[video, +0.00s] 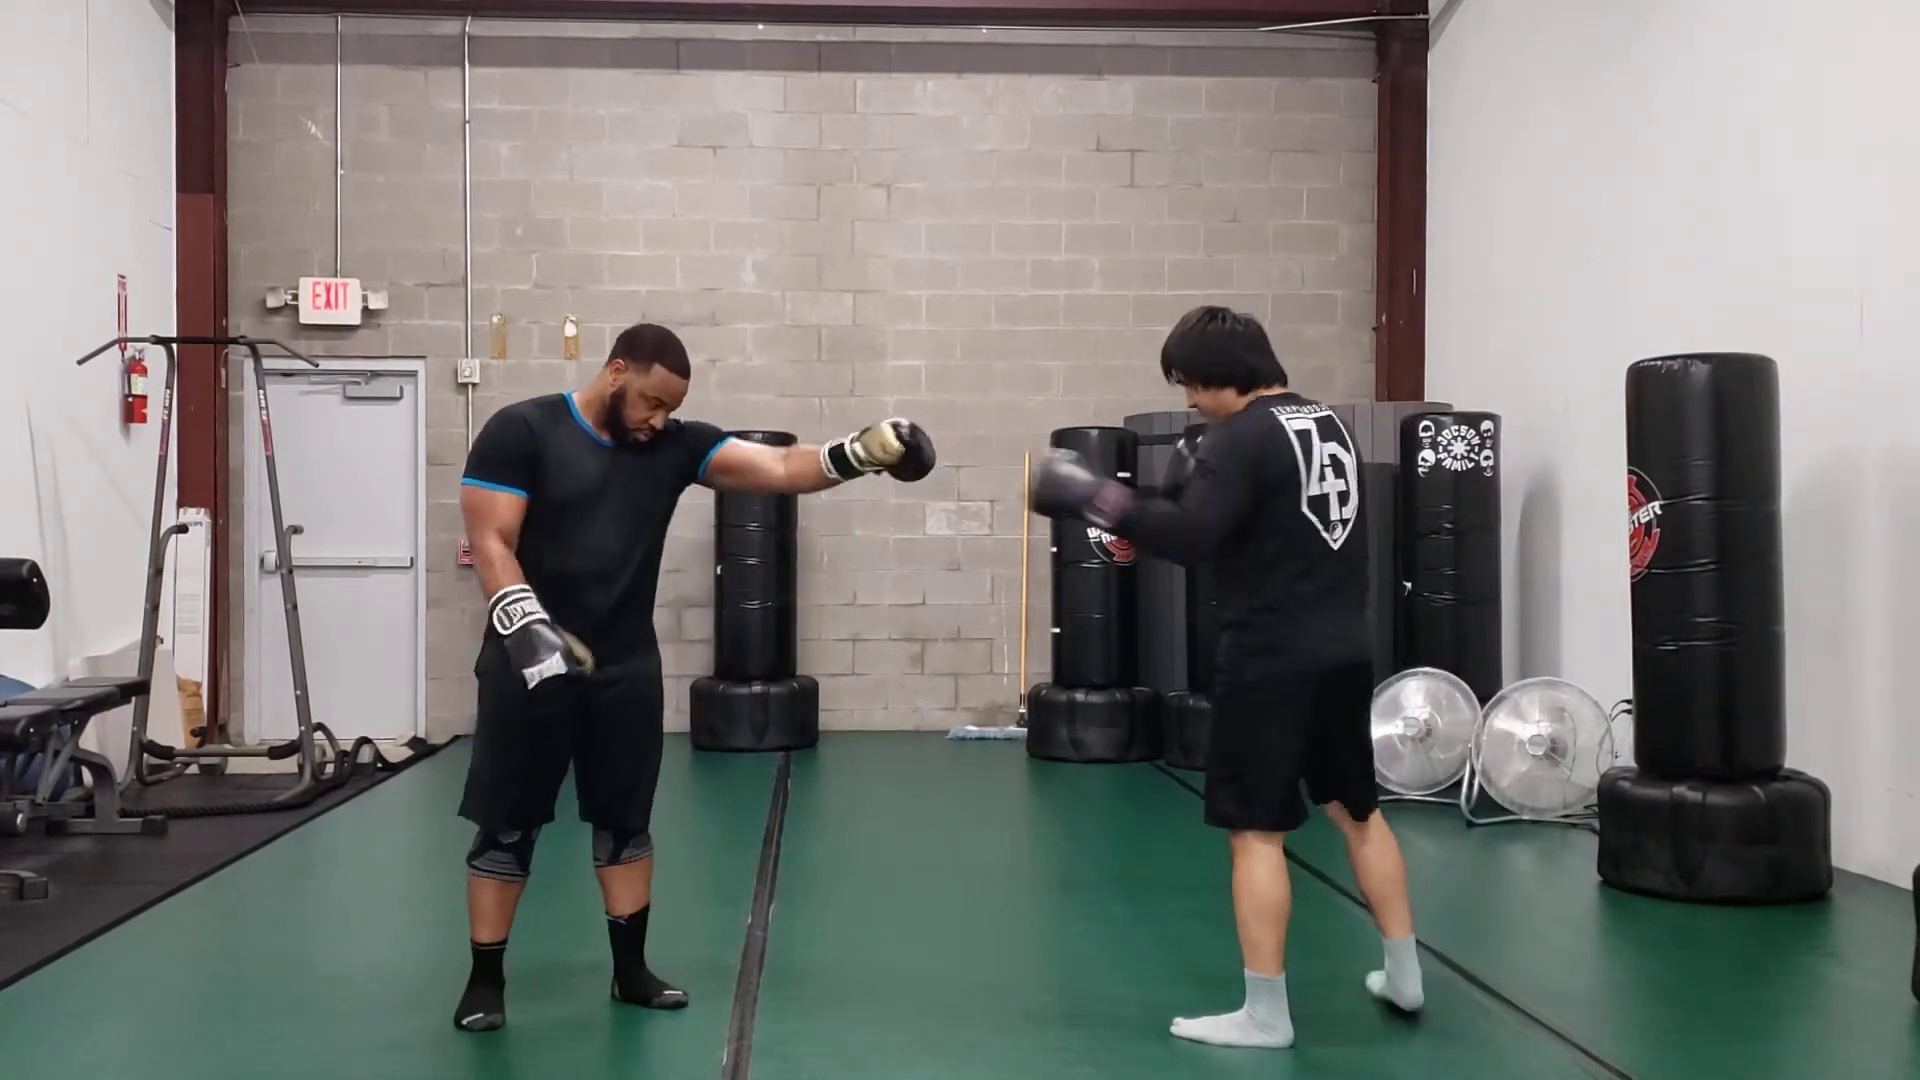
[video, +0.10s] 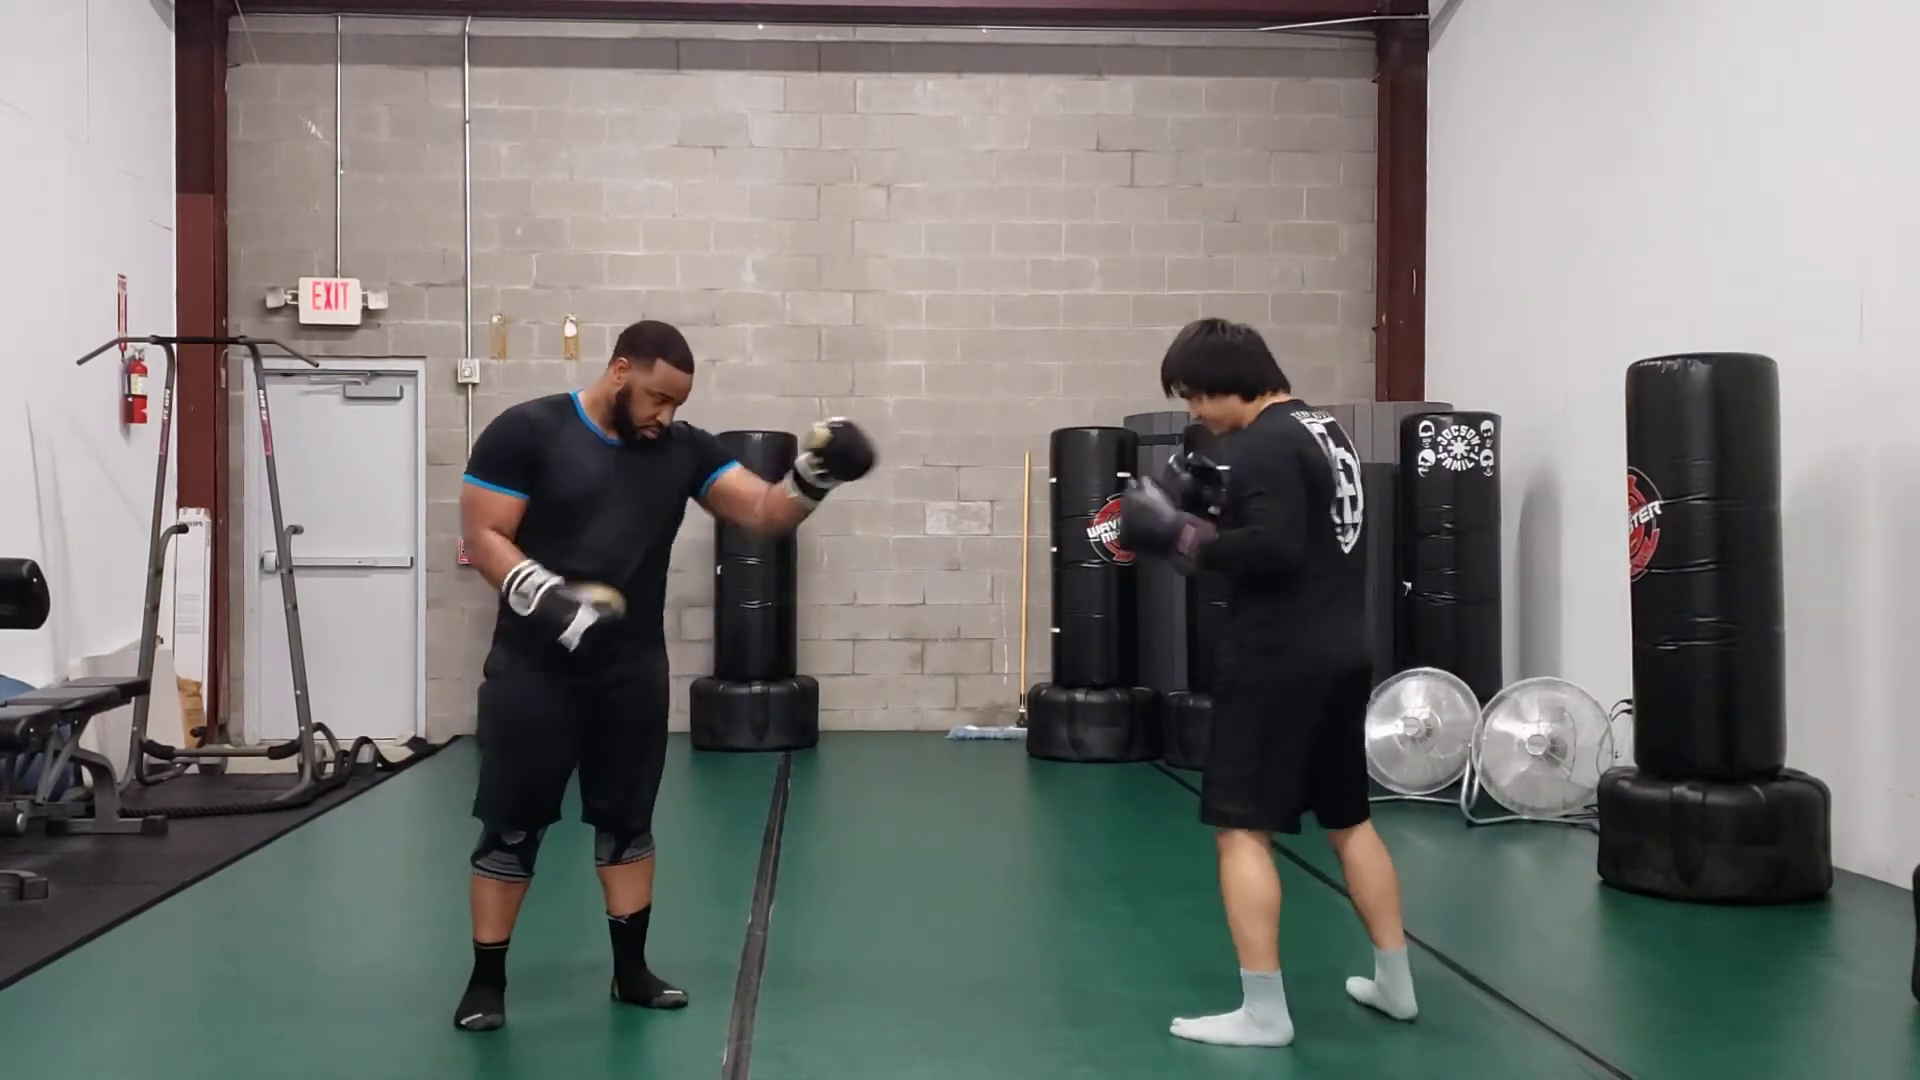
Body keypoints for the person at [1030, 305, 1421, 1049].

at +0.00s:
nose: (1190, 403)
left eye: (1192, 388)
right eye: (1186, 389)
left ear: (1226, 378)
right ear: (1261, 370)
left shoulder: (1243, 439)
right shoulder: (1329, 426)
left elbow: (1192, 532)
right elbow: (1276, 525)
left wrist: (1093, 497)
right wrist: (1163, 514)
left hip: (1268, 664)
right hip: (1342, 655)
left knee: (1256, 828)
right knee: (1359, 808)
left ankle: (1265, 1013)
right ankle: (1405, 973)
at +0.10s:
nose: (1192, 414)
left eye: (1194, 398)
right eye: (1187, 400)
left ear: (1232, 388)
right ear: (1253, 381)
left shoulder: (1267, 445)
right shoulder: (1318, 426)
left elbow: (1277, 547)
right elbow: (1301, 535)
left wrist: (1179, 534)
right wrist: (1214, 503)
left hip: (1274, 669)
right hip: (1340, 662)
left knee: (1241, 827)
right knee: (1349, 817)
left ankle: (1263, 1012)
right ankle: (1397, 983)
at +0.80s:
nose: (1096, 454)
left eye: (1100, 439)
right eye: (1092, 441)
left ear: (1134, 427)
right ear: (1157, 420)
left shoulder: (1173, 471)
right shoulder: (1211, 452)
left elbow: (1172, 566)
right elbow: (1200, 550)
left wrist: (1091, 553)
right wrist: (1121, 518)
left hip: (1219, 670)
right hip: (1270, 665)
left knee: (1135, 814)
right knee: (1240, 801)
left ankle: (1168, 994)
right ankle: (1297, 955)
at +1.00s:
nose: (1079, 456)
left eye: (1084, 441)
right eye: (1076, 442)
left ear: (1118, 435)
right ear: (1141, 429)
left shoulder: (1150, 478)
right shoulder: (1191, 465)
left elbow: (1133, 564)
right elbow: (1174, 557)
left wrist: (1063, 552)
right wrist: (1094, 529)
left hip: (1181, 676)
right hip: (1229, 676)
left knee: (1051, 792)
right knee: (1218, 816)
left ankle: (1086, 960)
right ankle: (1296, 961)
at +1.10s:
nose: (1044, 450)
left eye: (1047, 435)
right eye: (1040, 437)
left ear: (1081, 427)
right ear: (1108, 420)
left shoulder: (1103, 469)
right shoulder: (1167, 461)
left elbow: (1031, 533)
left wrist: (959, 493)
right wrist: (997, 500)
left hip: (1144, 670)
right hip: (1201, 668)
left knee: (1033, 803)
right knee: (1207, 812)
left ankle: (1009, 980)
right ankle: (1291, 955)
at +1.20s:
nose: (1002, 458)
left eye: (1005, 445)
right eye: (1001, 446)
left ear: (1036, 441)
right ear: (1071, 432)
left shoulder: (1042, 487)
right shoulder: (1133, 467)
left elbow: (942, 493)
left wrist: (863, 460)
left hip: (1102, 681)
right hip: (1177, 676)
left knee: (1006, 822)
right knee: (1166, 793)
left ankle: (1009, 999)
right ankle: (1247, 928)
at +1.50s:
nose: (978, 441)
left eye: (980, 428)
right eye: (974, 429)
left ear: (1008, 420)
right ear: (1037, 411)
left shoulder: (1043, 468)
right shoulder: (1092, 449)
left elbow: (1030, 551)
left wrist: (952, 523)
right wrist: (985, 494)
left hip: (1071, 655)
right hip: (1127, 648)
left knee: (1011, 802)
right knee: (1113, 776)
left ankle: (1006, 974)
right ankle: (1169, 917)